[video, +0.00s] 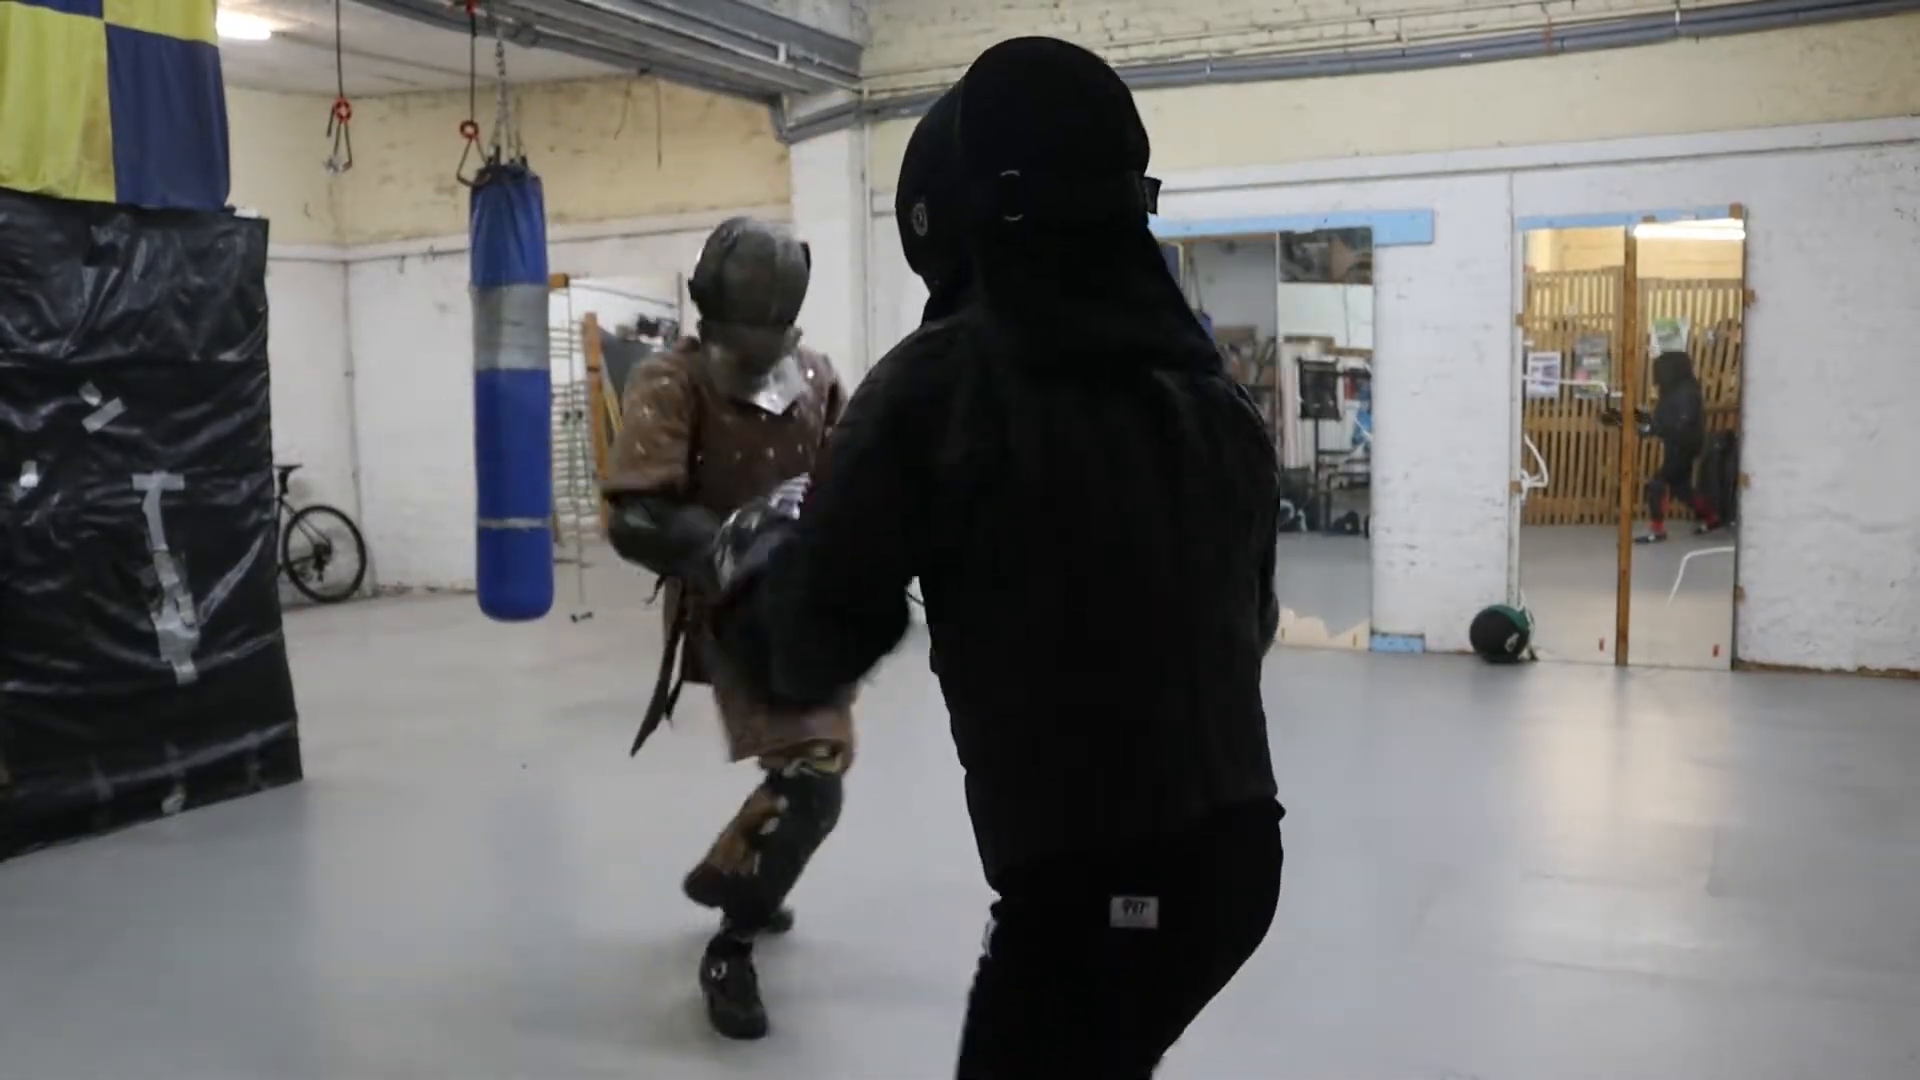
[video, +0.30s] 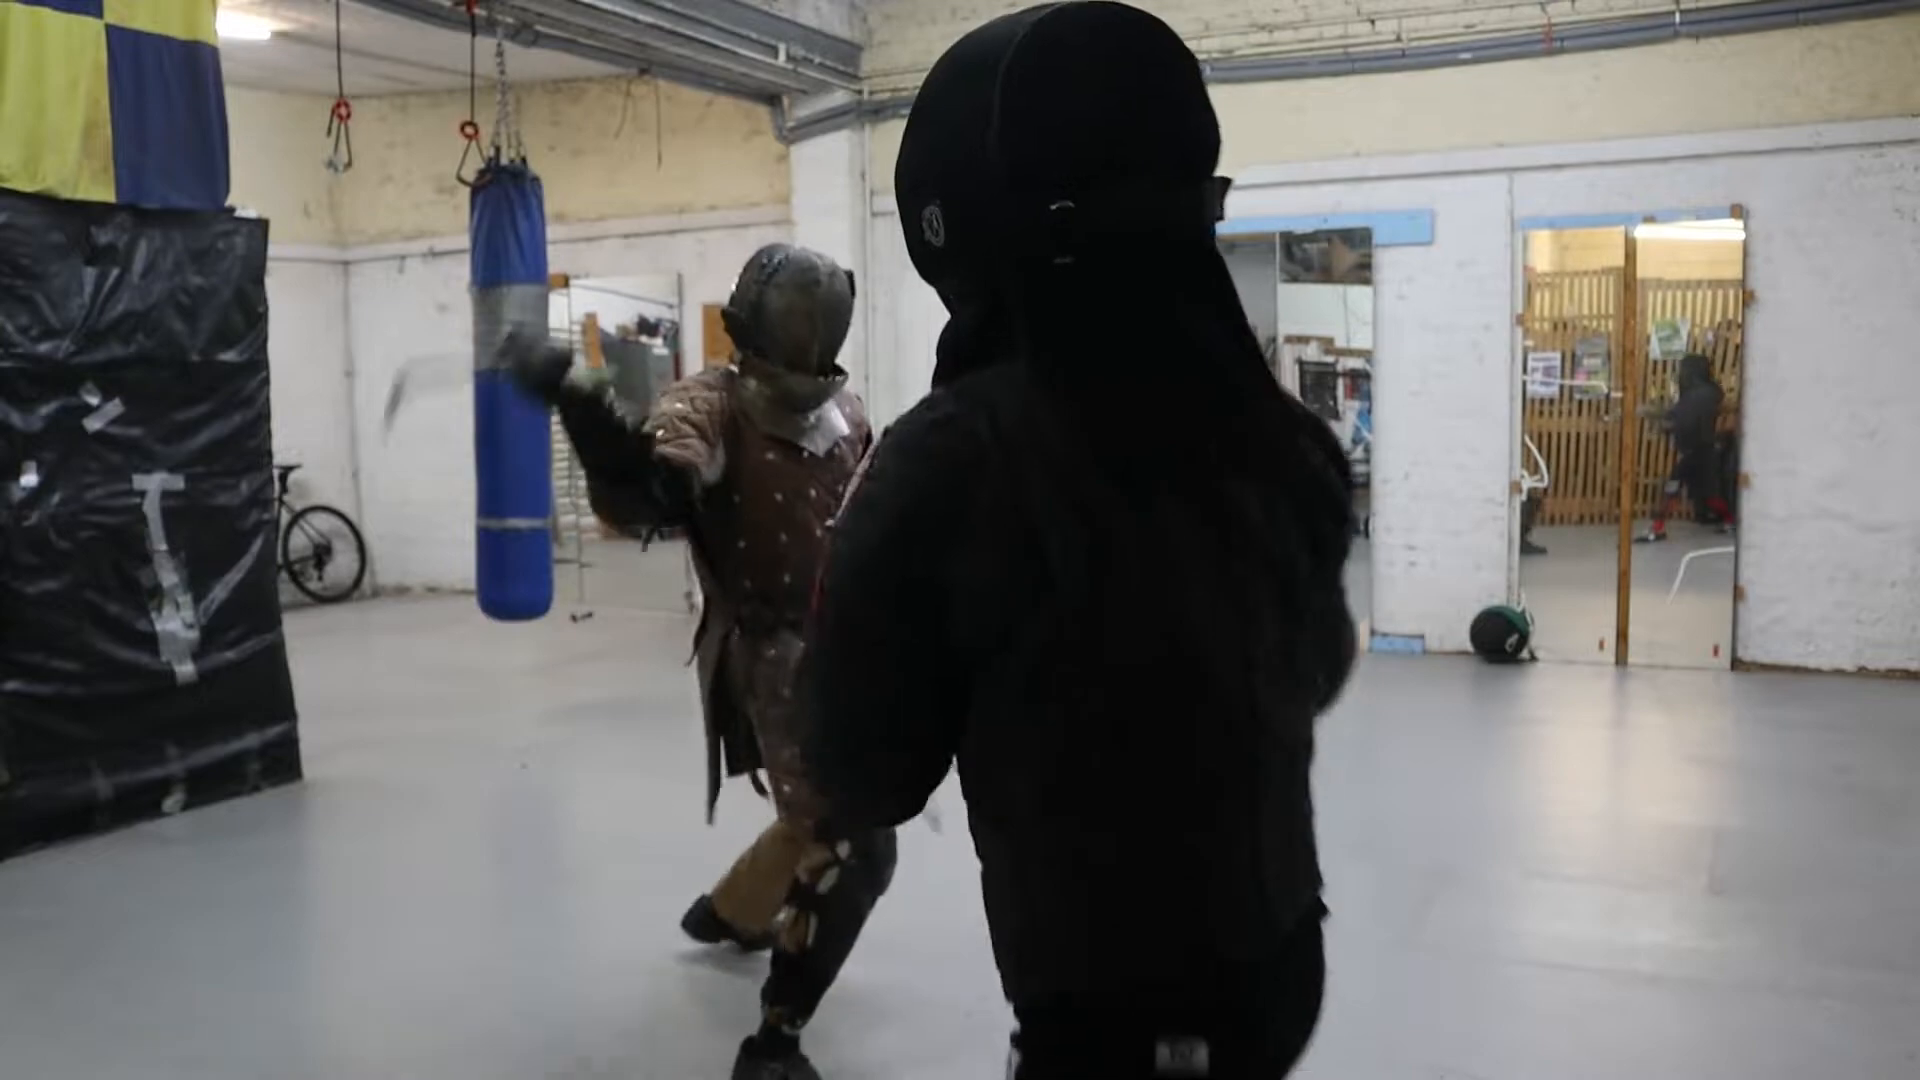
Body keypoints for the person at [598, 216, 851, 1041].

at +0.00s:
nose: (765, 344)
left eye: (778, 326)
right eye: (748, 327)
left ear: (796, 315)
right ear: (710, 312)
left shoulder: (817, 381)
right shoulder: (670, 382)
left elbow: (848, 480)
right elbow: (634, 515)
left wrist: (836, 537)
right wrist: (725, 544)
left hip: (807, 596)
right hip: (727, 609)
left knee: (813, 767)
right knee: (813, 782)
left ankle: (734, 876)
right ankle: (732, 951)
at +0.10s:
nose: (776, 338)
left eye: (789, 320)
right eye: (761, 321)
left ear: (807, 317)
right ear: (725, 313)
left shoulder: (822, 380)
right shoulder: (685, 377)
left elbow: (867, 461)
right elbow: (638, 466)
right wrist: (623, 536)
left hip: (812, 599)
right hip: (738, 609)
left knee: (811, 784)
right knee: (835, 800)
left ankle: (719, 917)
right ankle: (770, 992)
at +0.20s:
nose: (807, 363)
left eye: (819, 346)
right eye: (791, 345)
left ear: (832, 339)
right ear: (748, 337)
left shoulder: (839, 405)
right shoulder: (702, 395)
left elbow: (878, 498)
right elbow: (642, 499)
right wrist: (590, 490)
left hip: (826, 629)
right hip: (750, 638)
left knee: (808, 803)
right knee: (850, 830)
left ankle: (719, 923)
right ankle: (783, 1033)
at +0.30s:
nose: (809, 361)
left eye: (826, 340)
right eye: (791, 339)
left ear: (840, 336)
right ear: (751, 332)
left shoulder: (845, 412)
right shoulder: (709, 403)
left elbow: (876, 521)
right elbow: (646, 504)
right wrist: (576, 400)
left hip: (841, 642)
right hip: (759, 648)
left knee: (831, 811)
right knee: (858, 852)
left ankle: (733, 910)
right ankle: (778, 1039)